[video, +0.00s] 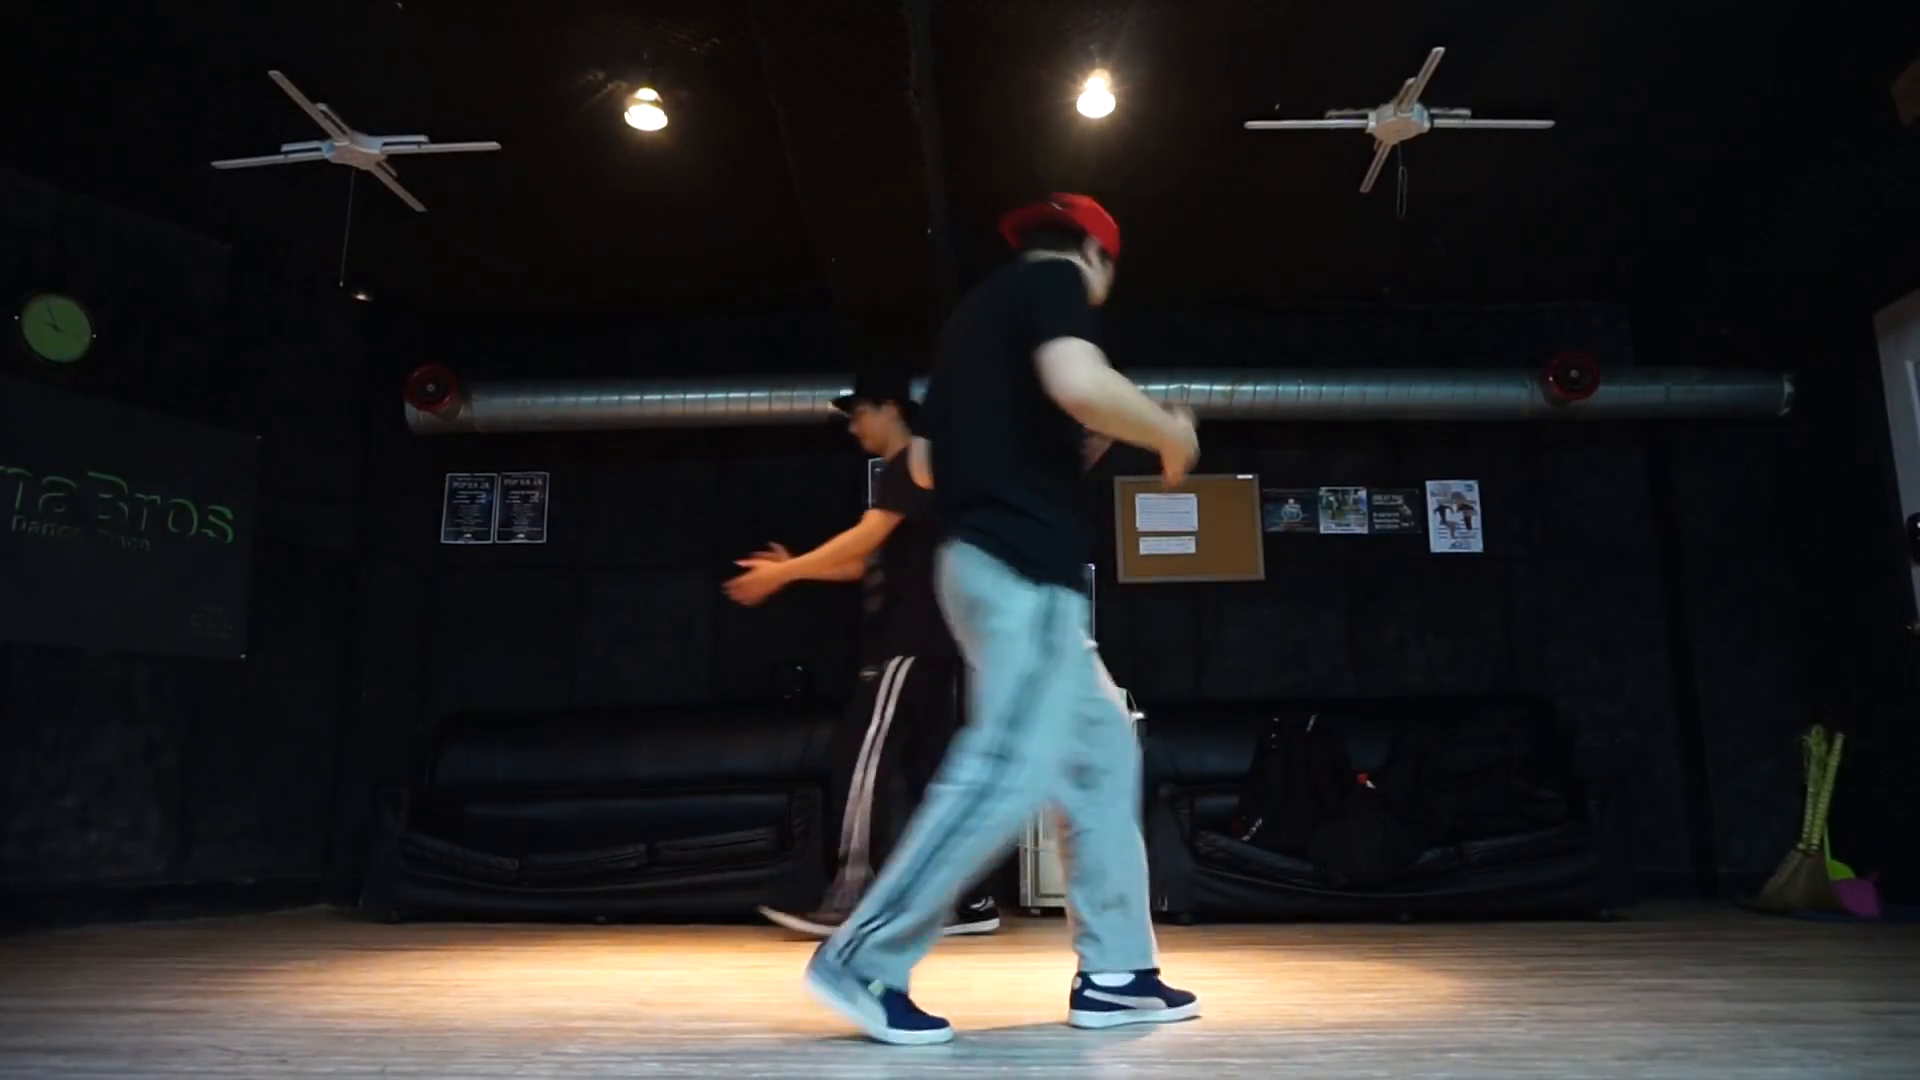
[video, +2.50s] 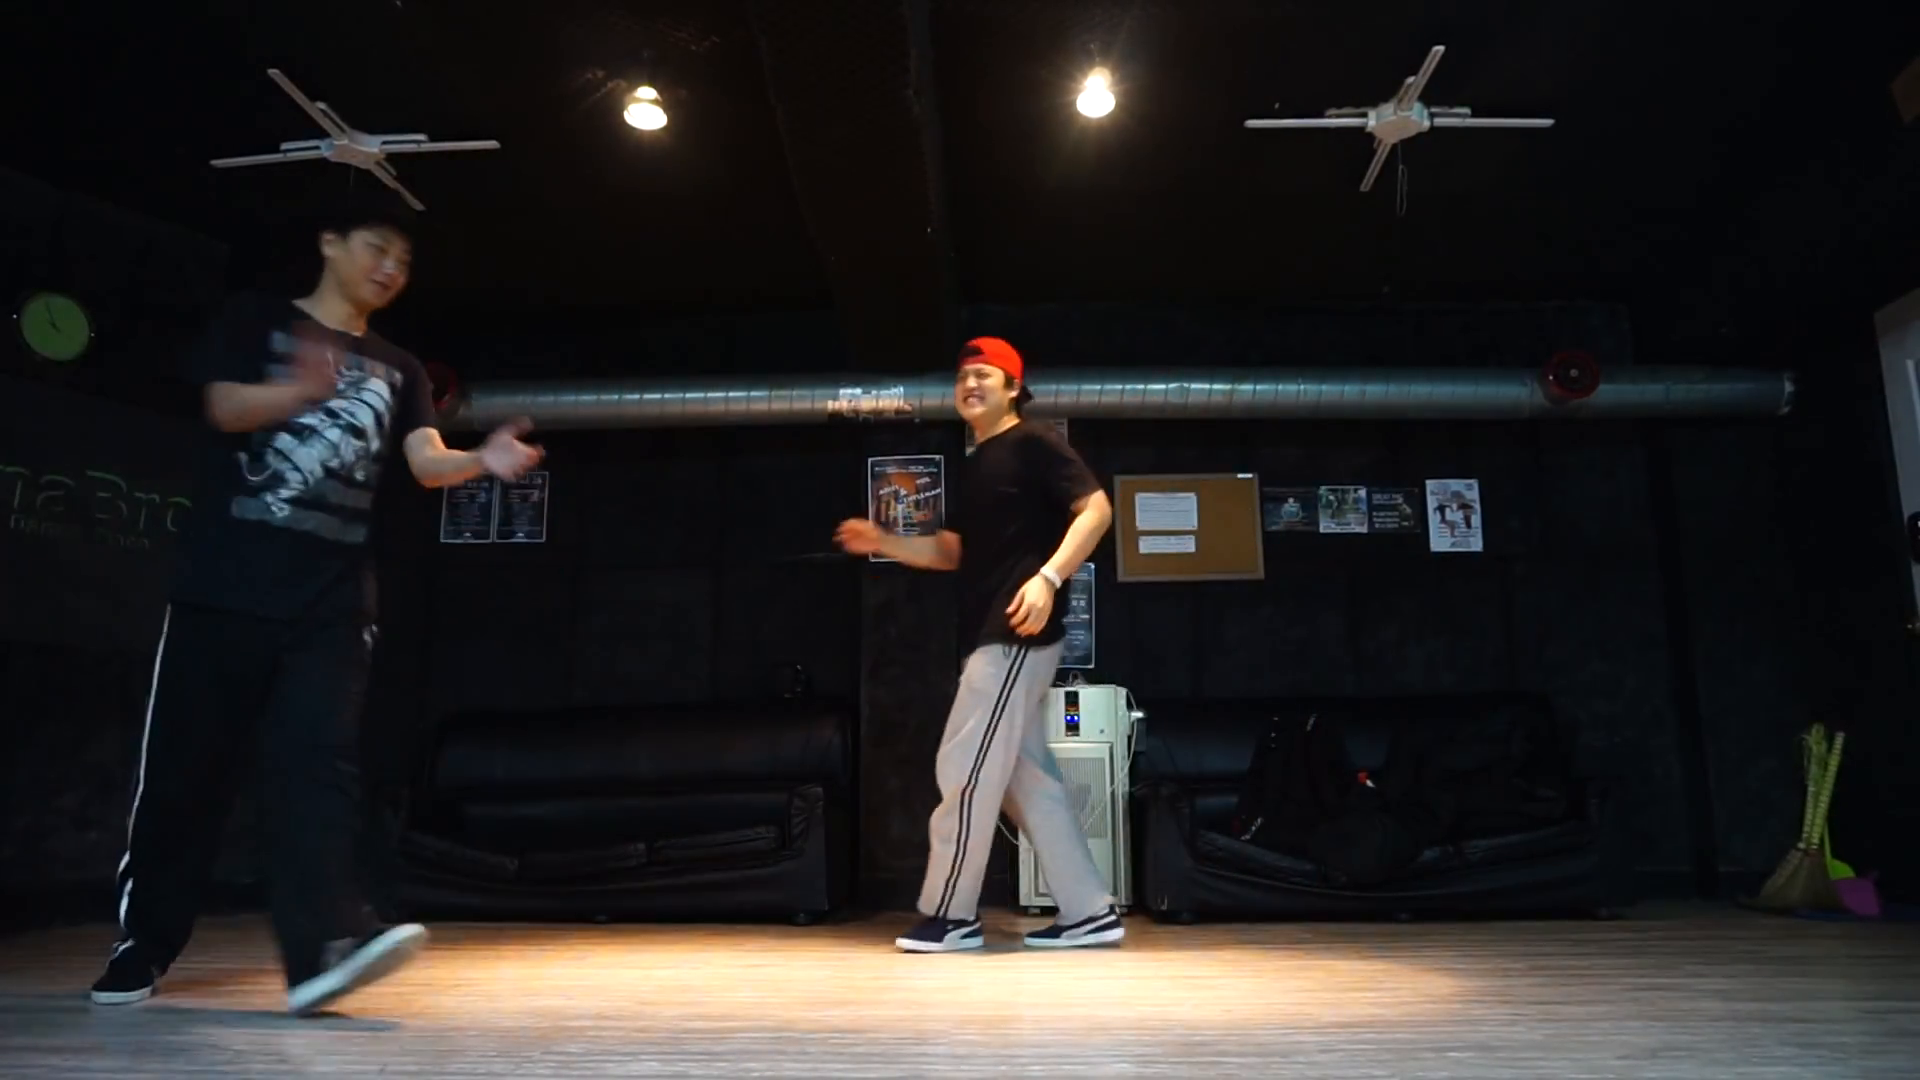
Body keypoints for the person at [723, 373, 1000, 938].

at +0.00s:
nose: (854, 430)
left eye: (861, 418)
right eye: (852, 420)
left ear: (892, 411)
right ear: (881, 417)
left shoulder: (909, 465)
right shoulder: (901, 468)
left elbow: (862, 542)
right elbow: (864, 562)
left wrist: (784, 572)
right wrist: (795, 567)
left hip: (908, 641)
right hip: (926, 639)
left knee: (866, 759)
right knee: (940, 766)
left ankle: (848, 900)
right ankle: (971, 897)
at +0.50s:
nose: (688, 403)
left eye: (701, 393)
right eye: (685, 394)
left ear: (733, 403)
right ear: (689, 407)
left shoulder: (738, 459)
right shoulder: (713, 463)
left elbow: (747, 537)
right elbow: (725, 545)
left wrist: (750, 613)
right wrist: (726, 620)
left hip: (728, 642)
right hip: (709, 641)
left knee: (725, 777)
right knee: (710, 771)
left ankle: (737, 910)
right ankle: (769, 864)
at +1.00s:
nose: (534, 392)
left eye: (548, 384)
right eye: (530, 385)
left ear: (577, 401)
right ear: (526, 402)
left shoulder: (582, 456)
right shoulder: (549, 468)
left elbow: (583, 523)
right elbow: (523, 562)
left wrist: (570, 588)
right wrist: (465, 594)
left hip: (557, 628)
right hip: (531, 628)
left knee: (546, 765)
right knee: (522, 767)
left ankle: (638, 866)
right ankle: (530, 907)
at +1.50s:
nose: (410, 383)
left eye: (425, 374)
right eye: (402, 371)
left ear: (451, 385)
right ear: (388, 378)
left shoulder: (455, 456)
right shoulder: (384, 453)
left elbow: (432, 550)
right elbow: (352, 528)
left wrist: (344, 607)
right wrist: (313, 586)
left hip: (422, 639)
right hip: (378, 633)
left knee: (358, 768)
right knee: (384, 767)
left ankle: (305, 915)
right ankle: (472, 862)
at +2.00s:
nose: (336, 333)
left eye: (347, 324)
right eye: (321, 319)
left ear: (357, 339)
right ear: (286, 327)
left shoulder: (384, 417)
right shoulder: (244, 411)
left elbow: (452, 497)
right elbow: (196, 497)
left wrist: (515, 577)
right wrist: (148, 571)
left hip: (330, 623)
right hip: (242, 616)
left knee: (310, 768)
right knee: (201, 757)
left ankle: (292, 908)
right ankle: (147, 928)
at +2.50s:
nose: (391, 269)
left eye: (402, 261)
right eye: (378, 250)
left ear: (404, 276)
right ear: (330, 244)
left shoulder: (400, 371)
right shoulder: (259, 321)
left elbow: (427, 464)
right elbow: (224, 408)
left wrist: (483, 458)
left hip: (329, 596)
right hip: (228, 580)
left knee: (318, 767)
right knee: (180, 770)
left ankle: (317, 953)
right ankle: (141, 949)